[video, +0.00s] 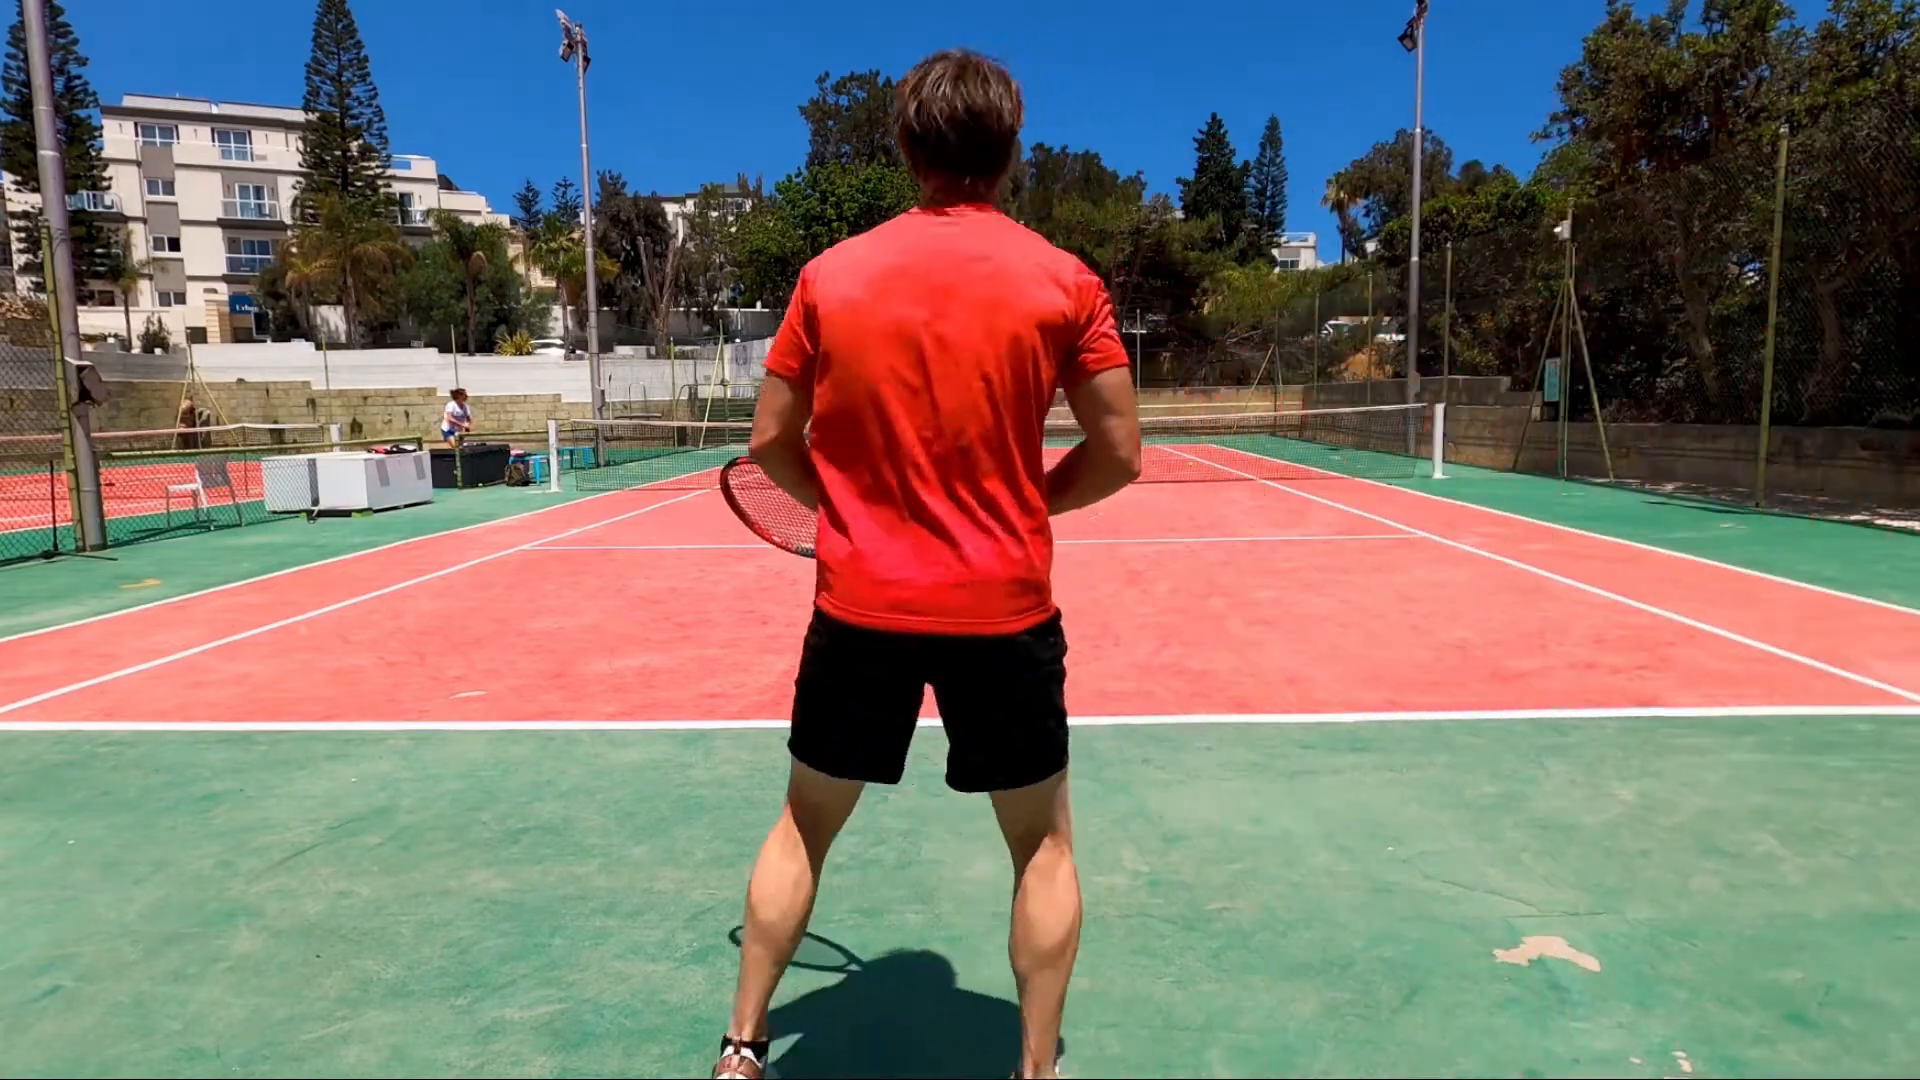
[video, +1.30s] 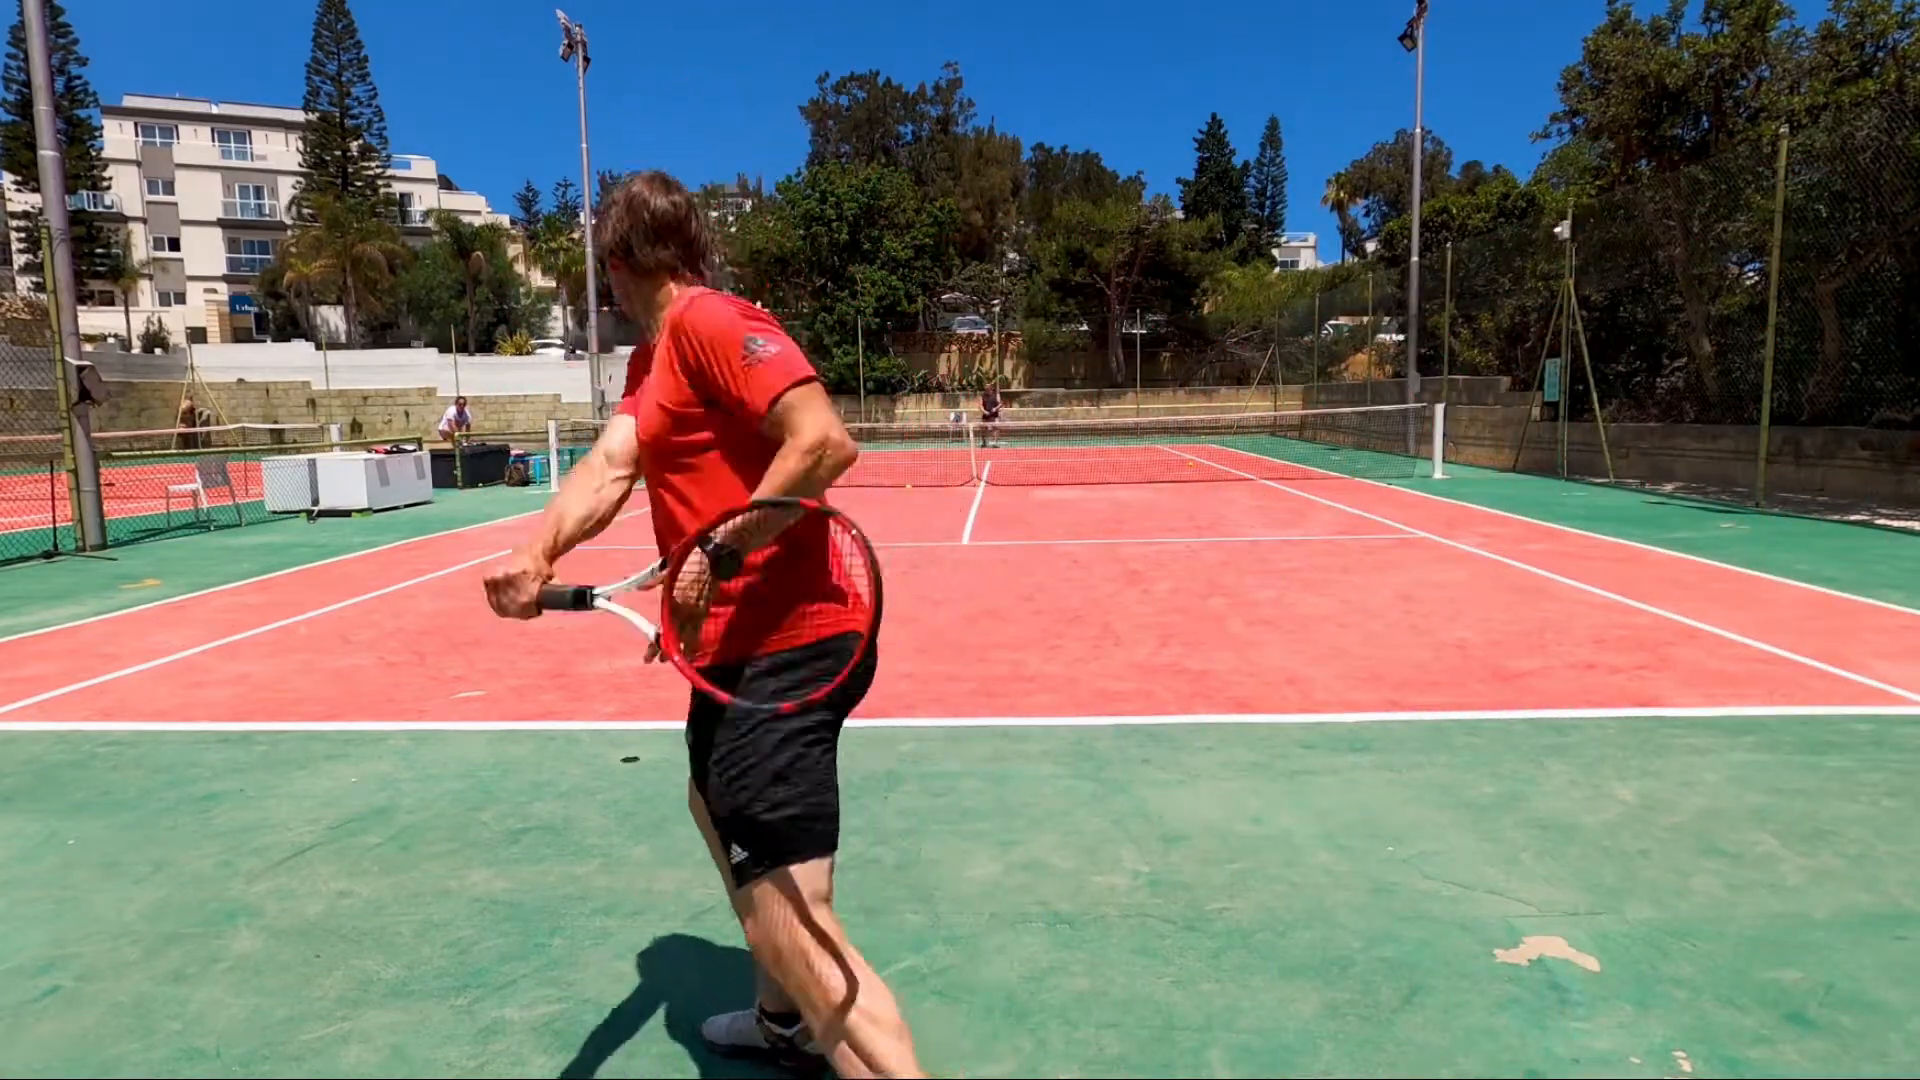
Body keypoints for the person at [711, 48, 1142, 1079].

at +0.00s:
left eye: (905, 138)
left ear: (906, 148)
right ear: (1008, 150)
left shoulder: (836, 274)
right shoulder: (1061, 279)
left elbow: (774, 442)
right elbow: (1115, 450)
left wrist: (853, 509)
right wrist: (1017, 500)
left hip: (862, 604)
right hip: (1002, 607)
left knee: (804, 826)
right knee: (1042, 841)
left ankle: (741, 1046)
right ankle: (1039, 1065)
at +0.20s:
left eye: (818, 252)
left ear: (812, 262)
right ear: (904, 270)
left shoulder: (741, 373)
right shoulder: (945, 389)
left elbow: (688, 534)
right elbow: (1000, 560)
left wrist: (758, 580)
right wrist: (907, 603)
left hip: (754, 686)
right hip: (891, 689)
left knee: (689, 848)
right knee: (973, 836)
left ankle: (631, 1050)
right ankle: (998, 1052)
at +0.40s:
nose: (758, 221)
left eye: (760, 208)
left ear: (768, 214)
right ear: (859, 220)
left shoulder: (744, 308)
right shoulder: (922, 330)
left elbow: (693, 476)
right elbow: (925, 497)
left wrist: (677, 533)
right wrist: (785, 561)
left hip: (797, 643)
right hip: (924, 640)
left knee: (709, 848)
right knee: (889, 817)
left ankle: (663, 1063)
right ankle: (901, 1028)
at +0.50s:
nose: (755, 240)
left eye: (756, 227)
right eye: (761, 228)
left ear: (768, 232)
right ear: (851, 235)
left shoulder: (776, 323)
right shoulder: (900, 339)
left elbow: (724, 486)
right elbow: (878, 510)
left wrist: (661, 507)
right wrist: (740, 558)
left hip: (837, 648)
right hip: (943, 647)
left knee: (709, 855)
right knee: (859, 819)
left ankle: (755, 1072)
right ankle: (897, 1029)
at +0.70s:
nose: (734, 265)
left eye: (736, 250)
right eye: (737, 250)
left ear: (748, 254)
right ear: (828, 250)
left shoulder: (794, 333)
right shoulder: (851, 341)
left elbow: (823, 487)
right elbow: (819, 537)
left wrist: (689, 513)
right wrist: (697, 568)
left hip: (896, 666)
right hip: (933, 659)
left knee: (793, 951)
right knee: (873, 870)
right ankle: (905, 1036)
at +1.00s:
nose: (673, 307)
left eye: (671, 287)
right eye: (674, 290)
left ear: (685, 285)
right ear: (759, 269)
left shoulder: (766, 331)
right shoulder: (751, 388)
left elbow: (847, 408)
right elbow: (698, 541)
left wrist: (667, 434)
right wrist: (621, 544)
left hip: (910, 687)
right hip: (860, 686)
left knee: (843, 996)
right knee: (785, 809)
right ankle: (858, 1022)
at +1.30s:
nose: (603, 281)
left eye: (603, 262)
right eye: (603, 263)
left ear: (622, 258)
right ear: (685, 246)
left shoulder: (711, 320)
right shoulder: (657, 358)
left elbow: (822, 441)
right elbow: (610, 467)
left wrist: (720, 550)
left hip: (792, 639)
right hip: (740, 638)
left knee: (794, 926)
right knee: (720, 805)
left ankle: (893, 1068)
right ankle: (789, 1014)